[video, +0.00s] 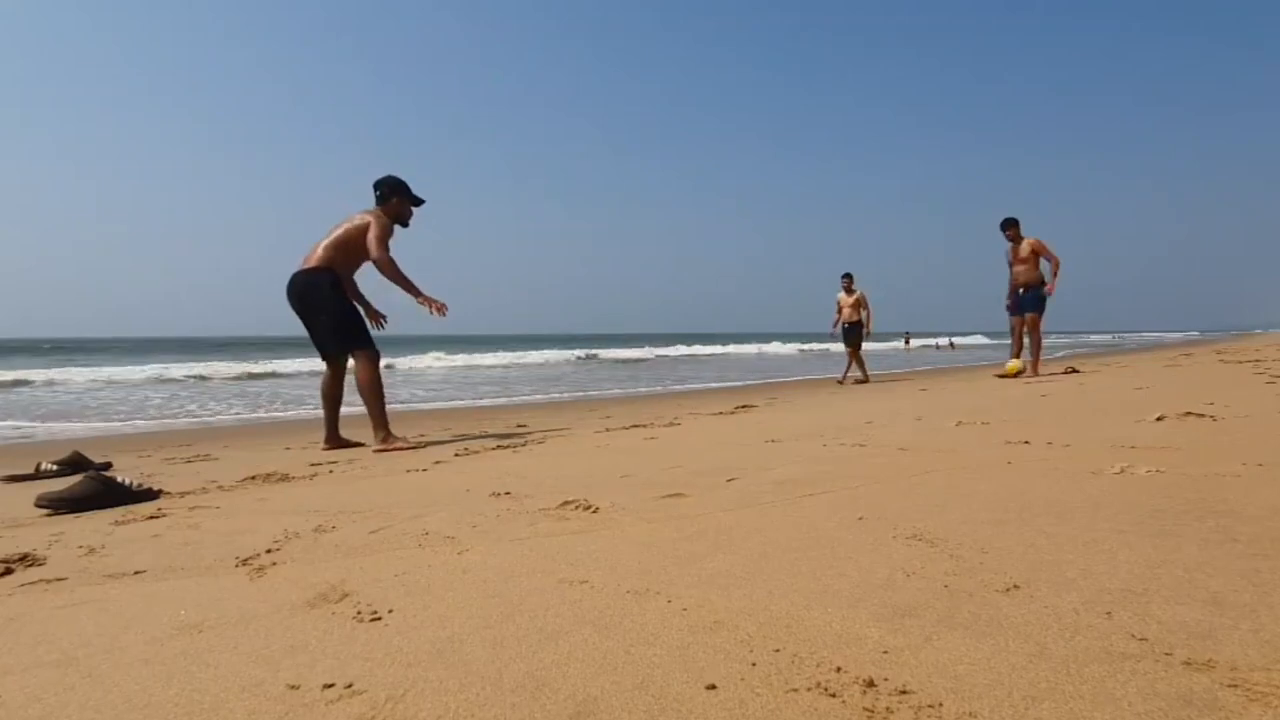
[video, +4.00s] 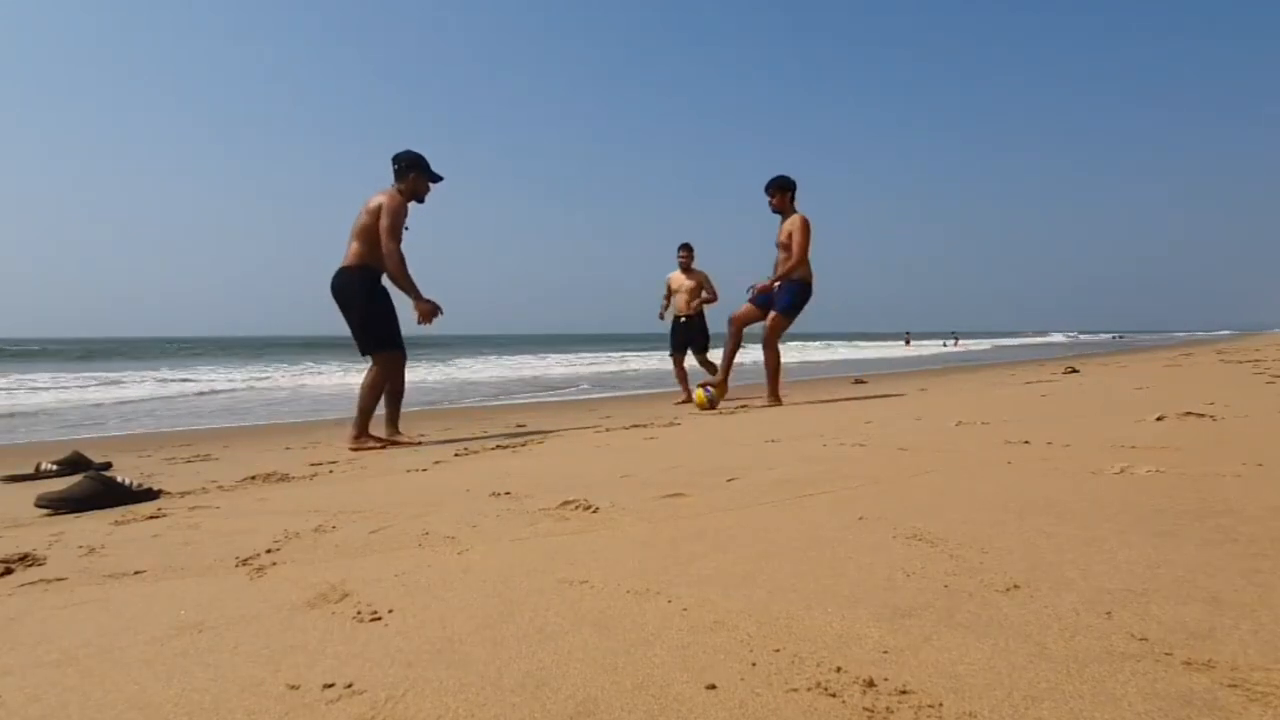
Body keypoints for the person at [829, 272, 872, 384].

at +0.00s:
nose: (845, 285)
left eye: (847, 283)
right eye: (843, 283)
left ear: (852, 283)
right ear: (841, 283)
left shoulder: (859, 295)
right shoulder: (840, 297)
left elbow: (866, 309)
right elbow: (839, 313)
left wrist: (867, 326)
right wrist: (834, 326)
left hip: (856, 323)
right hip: (846, 324)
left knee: (852, 351)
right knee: (853, 352)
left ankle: (843, 376)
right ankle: (865, 375)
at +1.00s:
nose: (825, 280)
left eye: (826, 278)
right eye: (822, 278)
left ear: (828, 280)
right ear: (817, 280)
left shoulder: (833, 293)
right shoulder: (811, 294)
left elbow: (838, 308)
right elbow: (806, 310)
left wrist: (832, 318)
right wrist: (815, 317)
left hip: (830, 324)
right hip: (817, 324)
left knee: (832, 351)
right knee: (817, 354)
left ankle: (833, 377)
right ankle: (818, 379)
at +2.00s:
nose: (808, 280)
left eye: (810, 278)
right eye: (806, 278)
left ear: (815, 278)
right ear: (804, 279)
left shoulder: (822, 293)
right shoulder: (800, 294)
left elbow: (826, 311)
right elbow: (798, 312)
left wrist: (822, 327)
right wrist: (797, 329)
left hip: (818, 323)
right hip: (804, 324)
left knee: (824, 354)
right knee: (800, 354)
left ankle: (828, 380)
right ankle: (798, 382)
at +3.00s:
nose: (778, 274)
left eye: (780, 271)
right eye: (775, 271)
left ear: (785, 272)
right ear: (772, 272)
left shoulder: (793, 287)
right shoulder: (767, 288)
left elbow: (800, 306)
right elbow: (763, 308)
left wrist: (796, 325)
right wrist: (759, 326)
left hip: (788, 321)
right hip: (773, 321)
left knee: (789, 355)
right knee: (766, 353)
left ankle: (788, 385)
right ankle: (766, 385)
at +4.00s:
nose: (683, 260)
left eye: (686, 257)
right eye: (680, 257)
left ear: (692, 258)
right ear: (677, 258)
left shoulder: (700, 276)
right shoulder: (671, 278)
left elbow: (713, 296)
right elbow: (667, 297)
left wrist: (700, 300)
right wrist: (663, 309)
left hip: (695, 318)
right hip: (678, 319)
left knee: (701, 358)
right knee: (677, 360)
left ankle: (720, 380)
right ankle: (686, 394)